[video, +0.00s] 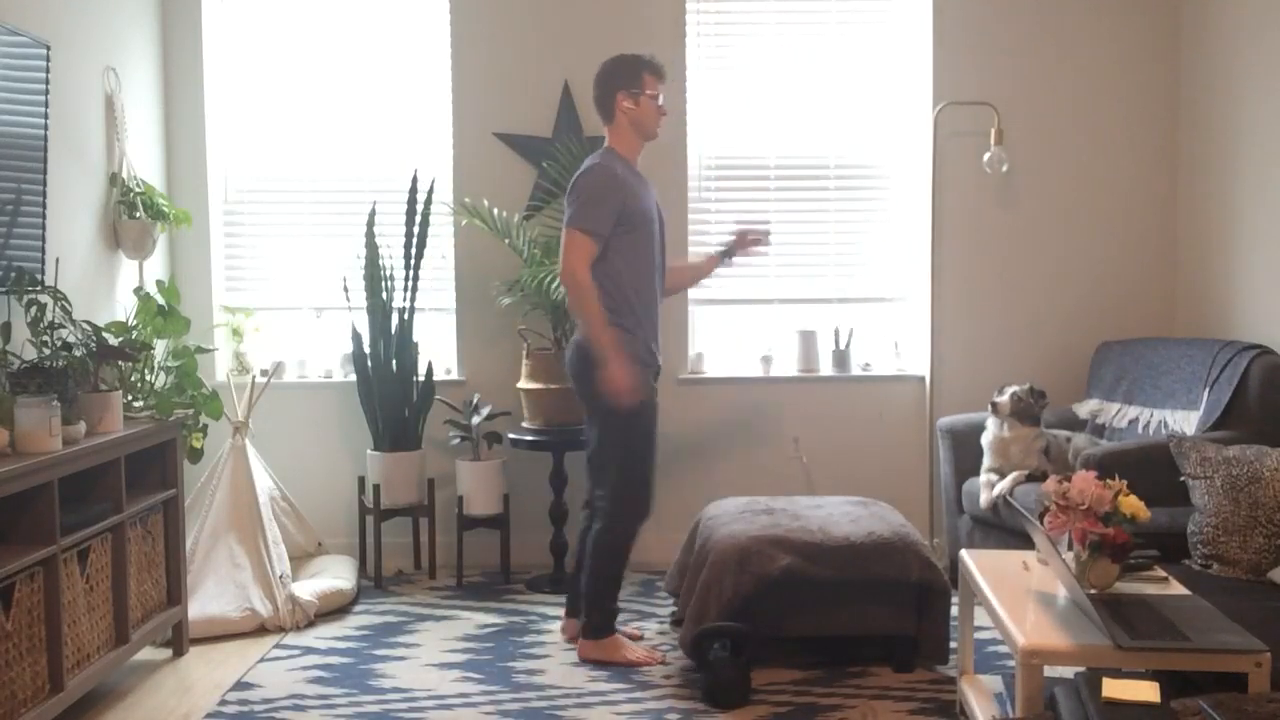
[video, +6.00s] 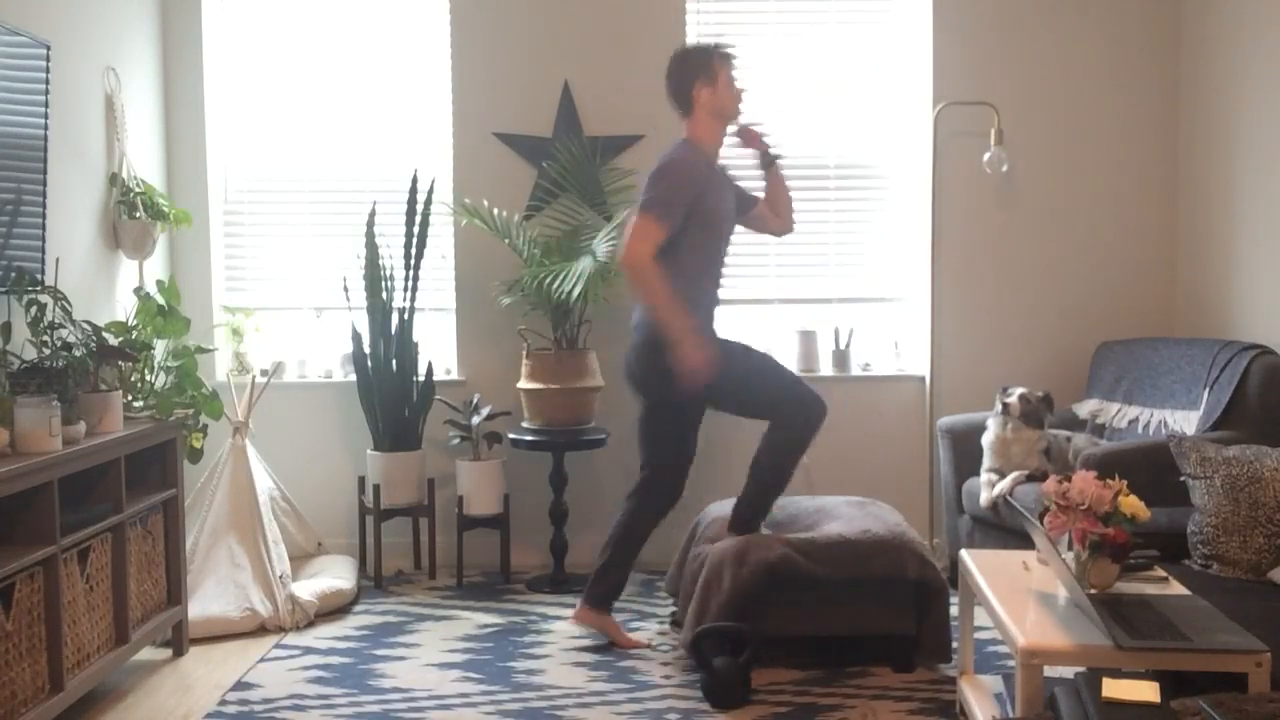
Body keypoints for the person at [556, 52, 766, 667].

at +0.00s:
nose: (663, 109)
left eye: (663, 99)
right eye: (654, 99)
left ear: (636, 106)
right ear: (622, 104)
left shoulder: (634, 181)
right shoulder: (602, 175)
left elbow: (656, 282)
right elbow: (573, 271)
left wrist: (723, 256)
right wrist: (609, 352)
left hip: (628, 352)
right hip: (612, 353)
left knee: (610, 498)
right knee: (626, 502)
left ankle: (580, 617)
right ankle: (597, 635)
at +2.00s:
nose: (739, 108)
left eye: (736, 96)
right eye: (731, 96)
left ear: (701, 106)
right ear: (701, 104)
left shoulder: (692, 180)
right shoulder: (674, 176)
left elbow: (697, 284)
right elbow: (624, 264)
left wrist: (764, 277)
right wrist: (635, 357)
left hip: (674, 348)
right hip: (676, 348)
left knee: (658, 483)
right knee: (795, 410)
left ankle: (610, 609)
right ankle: (732, 535)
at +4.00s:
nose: (794, 11)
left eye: (792, 4)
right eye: (786, 3)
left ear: (759, 12)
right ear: (757, 8)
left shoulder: (757, 81)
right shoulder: (732, 71)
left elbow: (802, 173)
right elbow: (711, 169)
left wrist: (818, 106)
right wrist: (748, 251)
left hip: (759, 236)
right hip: (748, 237)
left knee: (764, 391)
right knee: (882, 251)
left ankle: (760, 529)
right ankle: (808, 354)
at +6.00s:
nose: (739, 89)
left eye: (734, 79)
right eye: (729, 80)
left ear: (700, 94)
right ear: (702, 92)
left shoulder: (711, 175)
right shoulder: (681, 168)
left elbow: (778, 220)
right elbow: (636, 256)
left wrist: (767, 158)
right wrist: (684, 334)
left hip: (677, 344)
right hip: (675, 342)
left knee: (661, 483)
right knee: (803, 407)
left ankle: (595, 604)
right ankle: (742, 529)